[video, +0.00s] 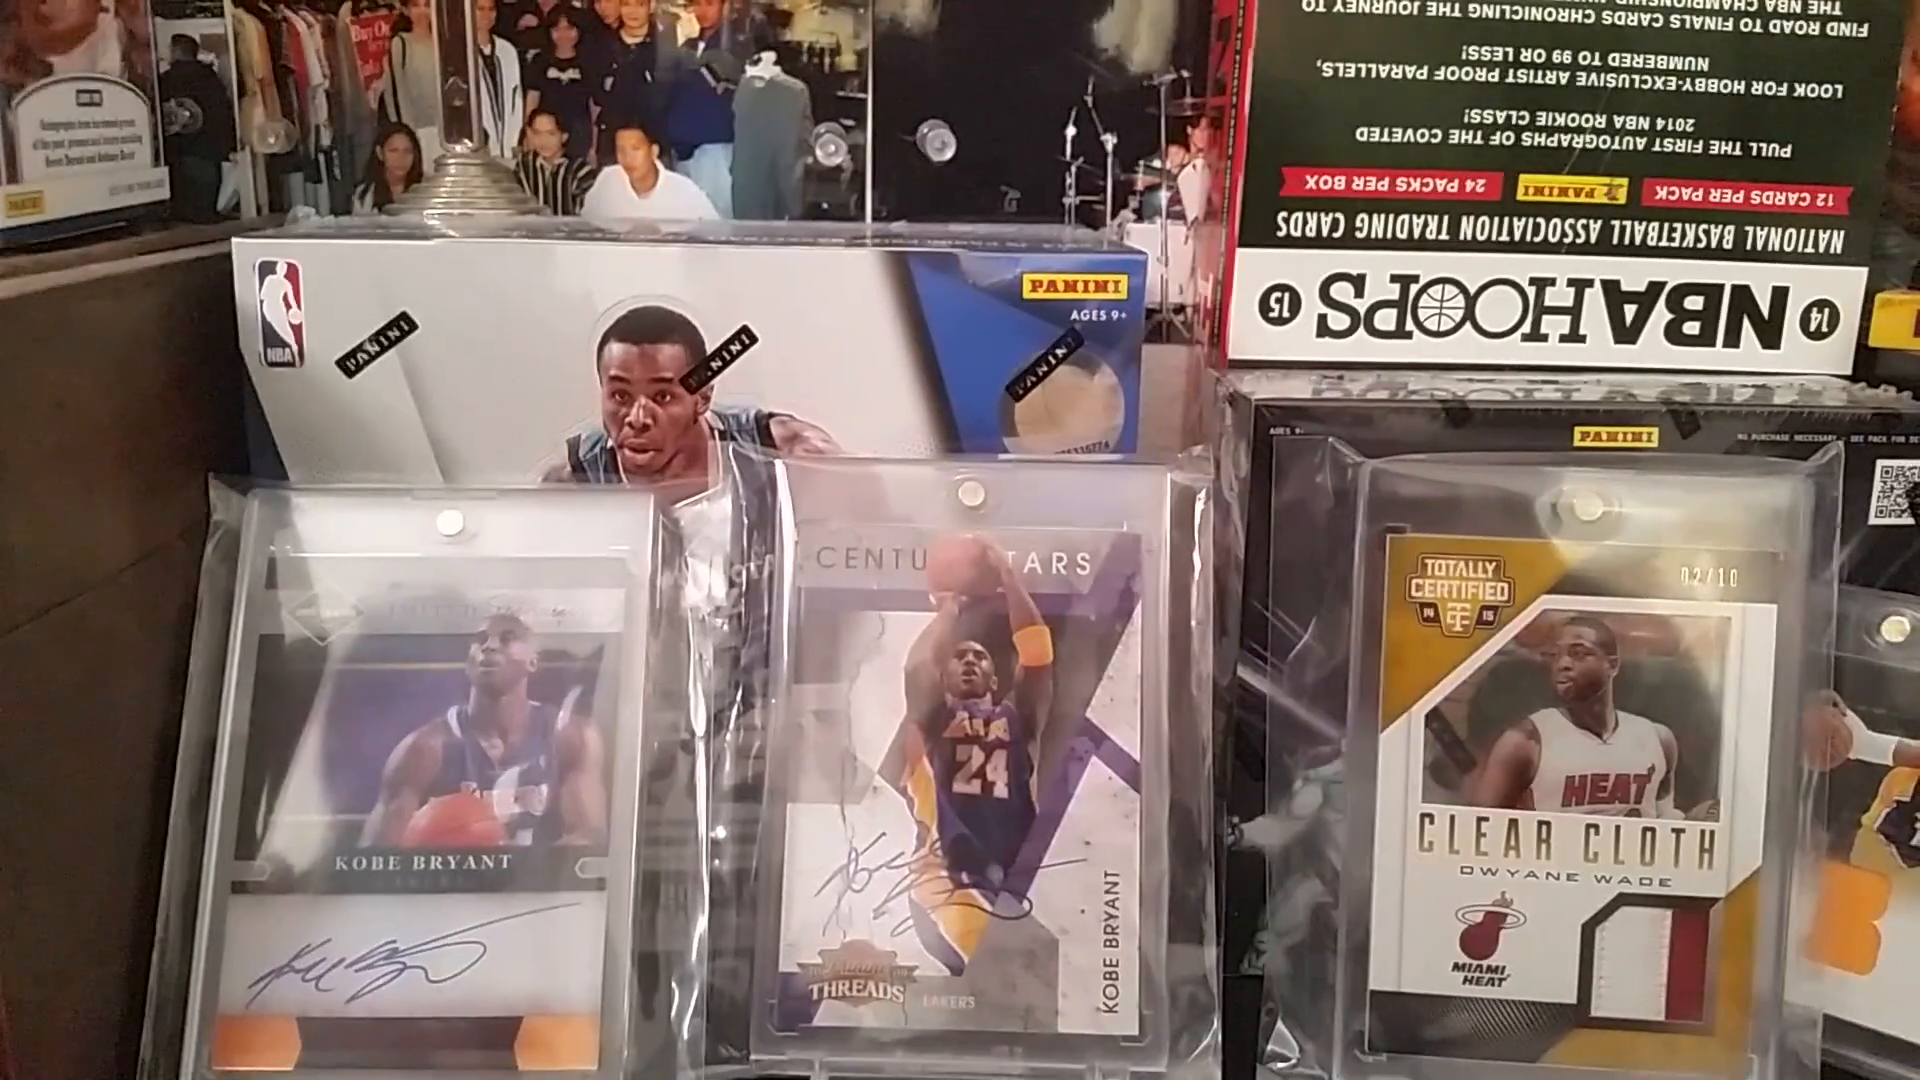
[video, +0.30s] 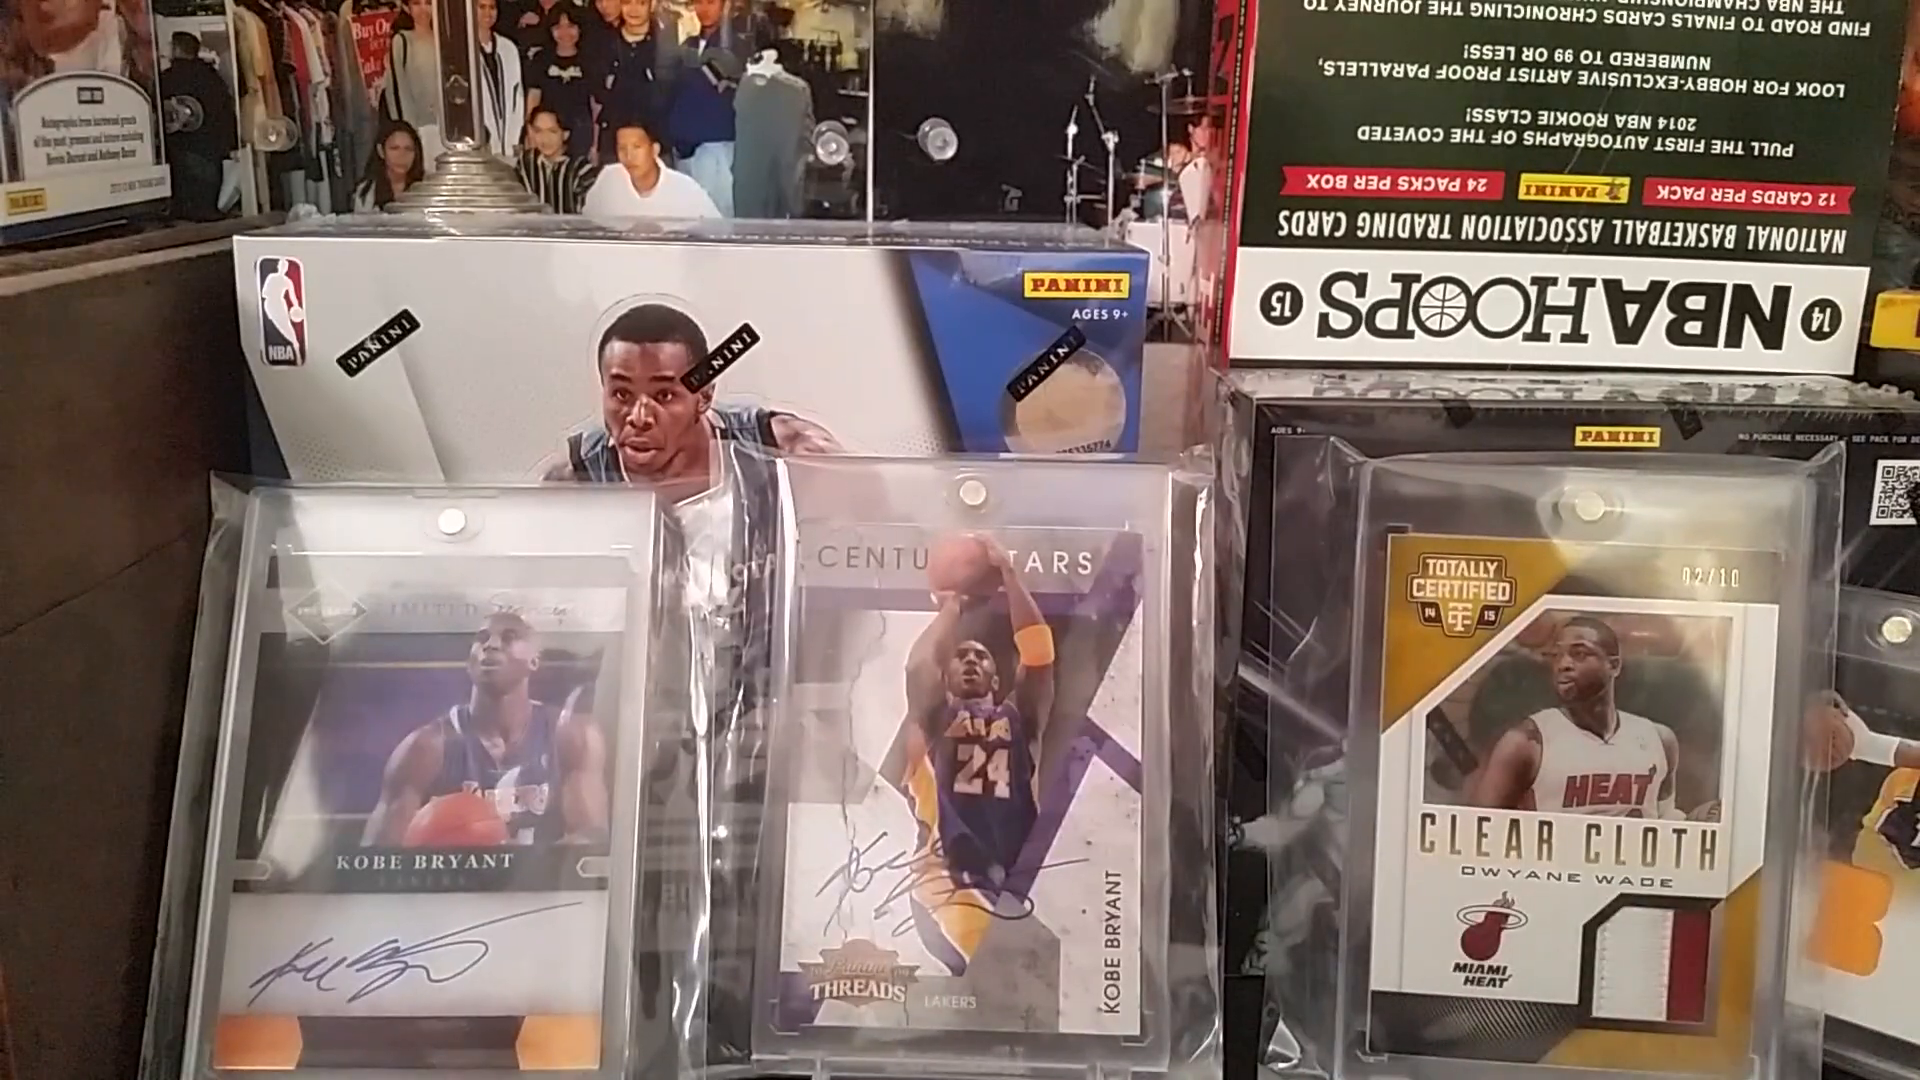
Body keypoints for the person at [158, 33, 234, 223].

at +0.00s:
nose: (171, 54)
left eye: (171, 51)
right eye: (172, 51)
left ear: (173, 53)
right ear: (196, 53)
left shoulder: (163, 81)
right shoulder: (210, 77)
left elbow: (157, 119)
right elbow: (223, 112)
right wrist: (228, 146)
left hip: (176, 153)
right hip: (209, 150)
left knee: (180, 209)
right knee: (206, 209)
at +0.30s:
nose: (170, 51)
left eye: (172, 47)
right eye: (172, 48)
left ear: (175, 49)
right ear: (197, 50)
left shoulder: (164, 78)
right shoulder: (212, 77)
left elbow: (157, 115)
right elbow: (225, 111)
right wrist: (229, 144)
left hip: (176, 149)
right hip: (208, 147)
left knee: (180, 207)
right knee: (207, 206)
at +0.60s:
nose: (172, 52)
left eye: (173, 48)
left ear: (174, 49)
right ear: (197, 50)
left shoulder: (164, 79)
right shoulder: (213, 76)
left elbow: (157, 117)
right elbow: (225, 111)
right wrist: (230, 144)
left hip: (177, 150)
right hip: (210, 148)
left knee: (180, 206)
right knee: (208, 206)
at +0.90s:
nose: (171, 51)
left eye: (172, 48)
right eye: (173, 48)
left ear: (175, 49)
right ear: (196, 50)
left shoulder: (165, 78)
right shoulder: (212, 75)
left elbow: (158, 117)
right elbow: (226, 109)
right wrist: (231, 144)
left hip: (180, 150)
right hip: (212, 148)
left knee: (182, 207)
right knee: (209, 207)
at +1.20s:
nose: (171, 51)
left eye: (172, 48)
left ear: (174, 49)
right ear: (197, 50)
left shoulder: (164, 79)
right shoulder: (211, 75)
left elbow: (157, 117)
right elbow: (225, 109)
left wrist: (159, 150)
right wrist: (230, 144)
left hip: (176, 150)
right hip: (209, 147)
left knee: (180, 207)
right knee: (207, 207)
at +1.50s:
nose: (171, 51)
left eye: (173, 47)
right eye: (173, 47)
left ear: (176, 49)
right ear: (197, 50)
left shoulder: (166, 78)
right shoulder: (213, 75)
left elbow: (158, 116)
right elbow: (226, 111)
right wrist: (229, 145)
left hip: (179, 150)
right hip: (211, 148)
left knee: (182, 207)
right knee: (208, 207)